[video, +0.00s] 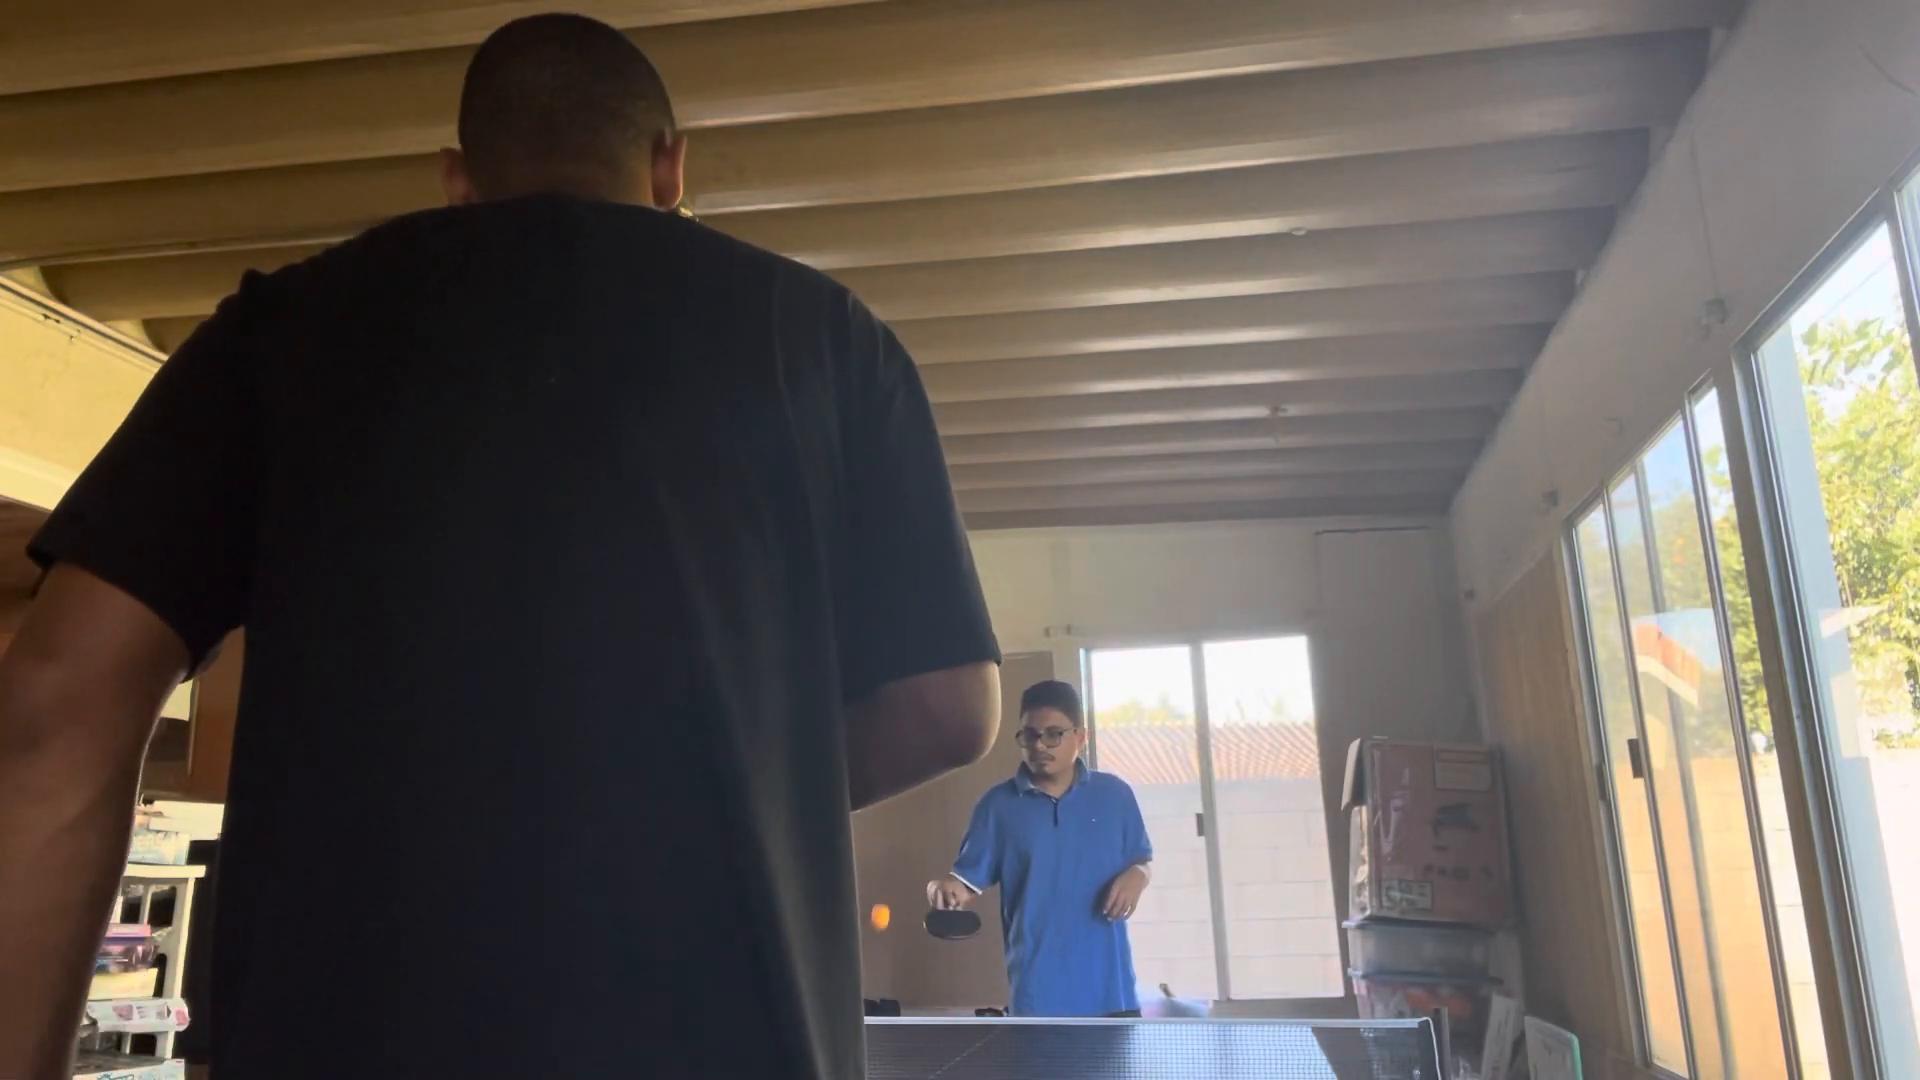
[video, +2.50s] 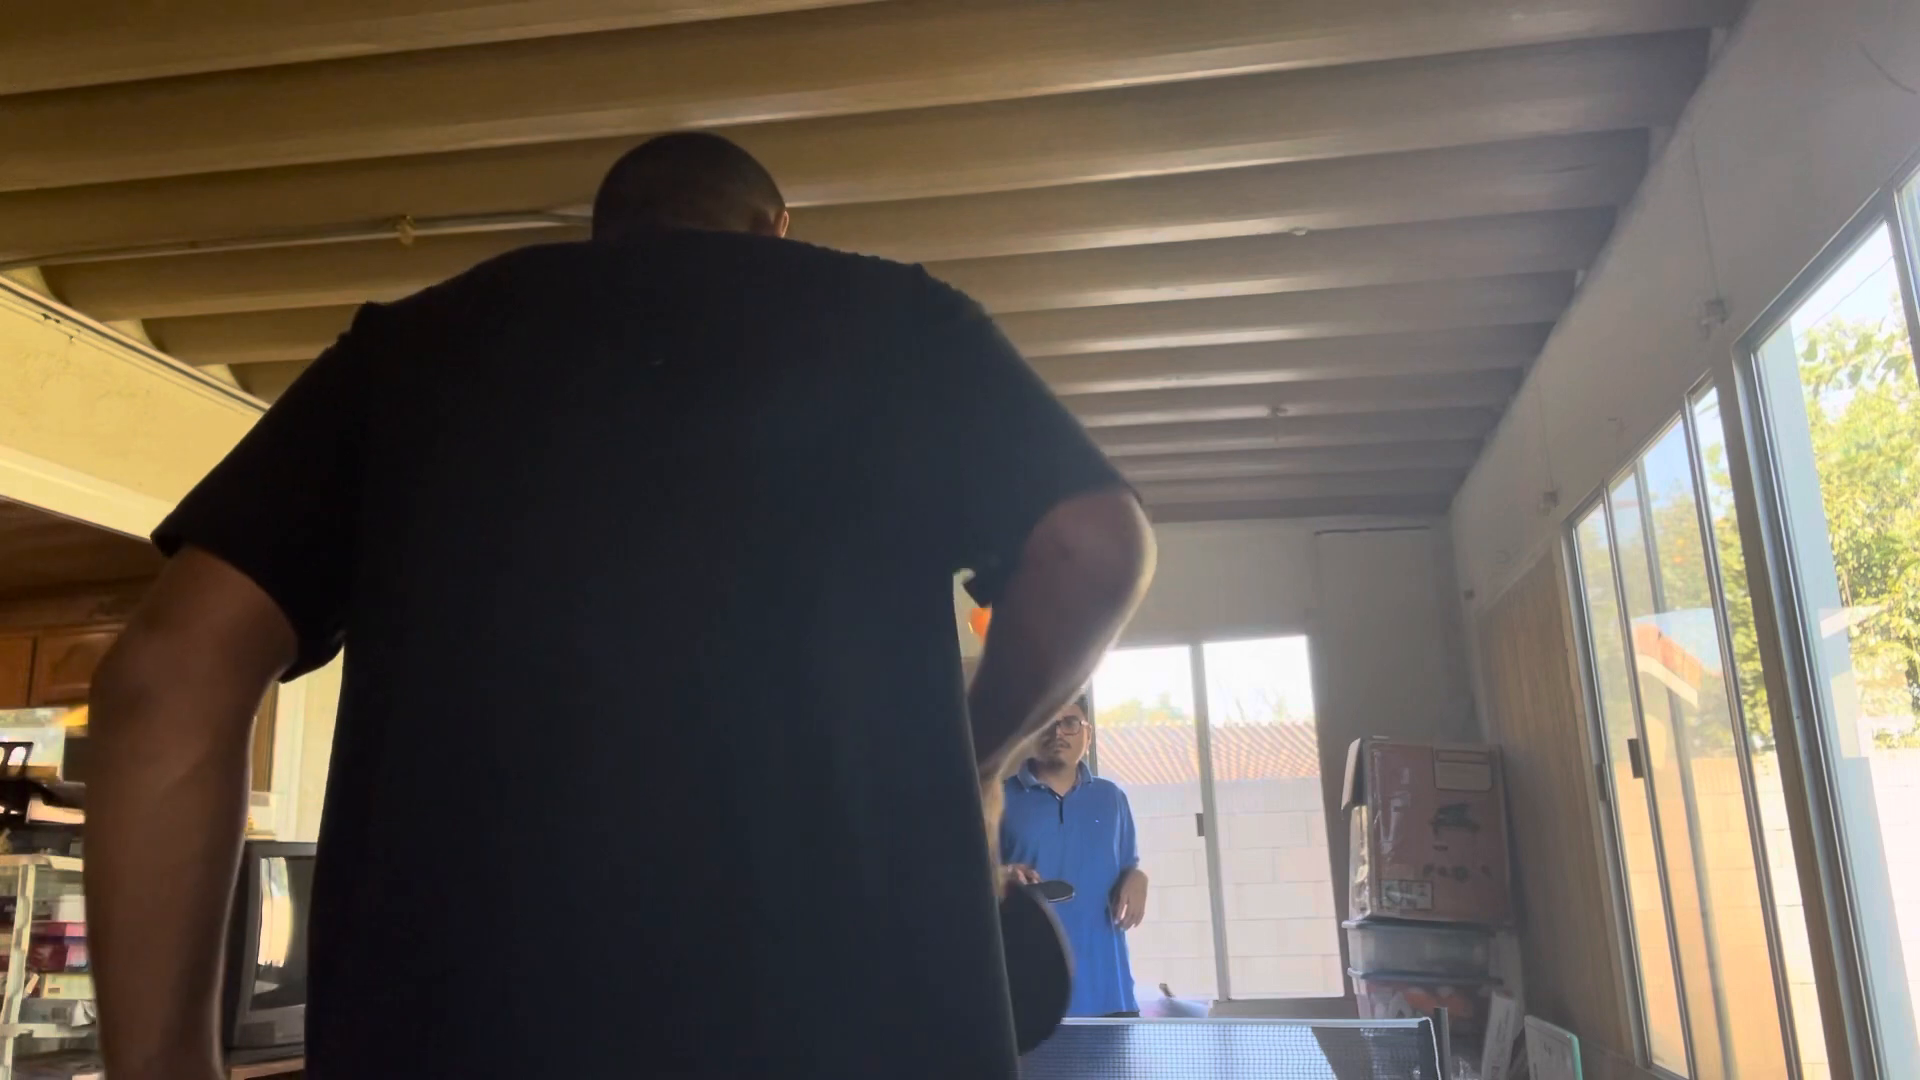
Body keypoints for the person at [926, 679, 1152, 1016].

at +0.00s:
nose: (1041, 746)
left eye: (1054, 734)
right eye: (1031, 735)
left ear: (1080, 738)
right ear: (1019, 738)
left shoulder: (1114, 794)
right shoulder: (999, 805)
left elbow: (1140, 861)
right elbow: (969, 879)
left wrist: (1136, 877)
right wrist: (947, 889)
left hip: (1109, 988)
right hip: (1037, 993)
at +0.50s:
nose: (1038, 752)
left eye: (1051, 739)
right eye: (1026, 740)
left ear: (1075, 739)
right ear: (1013, 740)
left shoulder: (1105, 797)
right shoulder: (992, 801)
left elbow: (1127, 864)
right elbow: (964, 880)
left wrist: (1133, 879)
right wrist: (960, 906)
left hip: (1105, 990)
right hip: (1032, 996)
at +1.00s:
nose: (1044, 751)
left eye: (1057, 738)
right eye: (1031, 739)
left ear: (1078, 738)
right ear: (1017, 738)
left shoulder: (1100, 801)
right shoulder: (994, 794)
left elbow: (1111, 879)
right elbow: (959, 870)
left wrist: (1133, 882)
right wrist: (988, 903)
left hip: (1097, 993)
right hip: (1022, 996)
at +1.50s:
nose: (1048, 741)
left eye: (1060, 728)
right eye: (1035, 731)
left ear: (1080, 733)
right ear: (1022, 737)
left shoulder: (1103, 800)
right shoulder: (996, 797)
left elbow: (1116, 883)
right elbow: (959, 884)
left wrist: (1139, 878)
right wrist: (994, 849)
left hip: (1104, 992)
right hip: (1029, 996)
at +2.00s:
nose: (1054, 736)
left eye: (1066, 724)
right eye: (1042, 726)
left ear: (1085, 733)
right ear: (1027, 733)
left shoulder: (1111, 798)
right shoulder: (1003, 799)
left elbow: (1128, 871)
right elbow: (972, 891)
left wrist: (1140, 876)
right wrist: (1002, 875)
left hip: (1106, 989)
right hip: (1033, 993)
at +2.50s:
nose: (1058, 733)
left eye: (1069, 723)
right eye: (1046, 724)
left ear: (1088, 734)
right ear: (1029, 735)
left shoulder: (1111, 798)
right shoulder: (999, 798)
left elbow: (1125, 868)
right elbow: (977, 873)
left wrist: (1137, 876)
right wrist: (1002, 875)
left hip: (1106, 991)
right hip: (1032, 996)